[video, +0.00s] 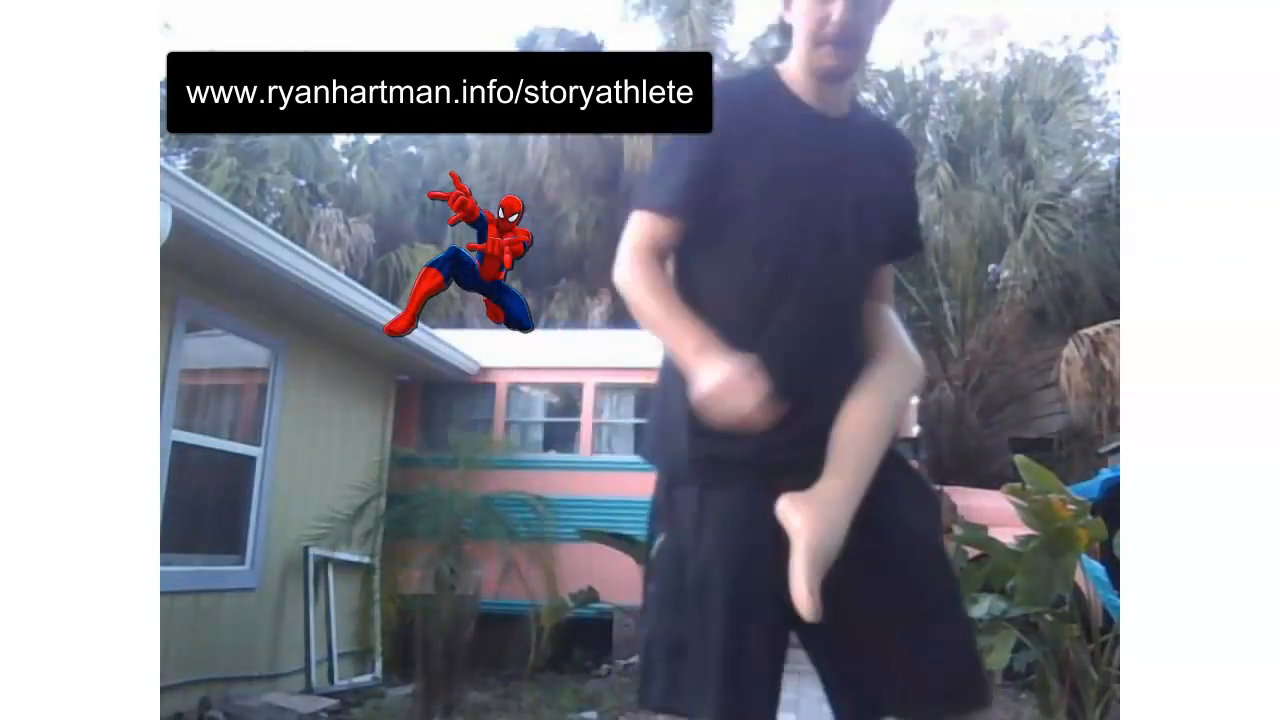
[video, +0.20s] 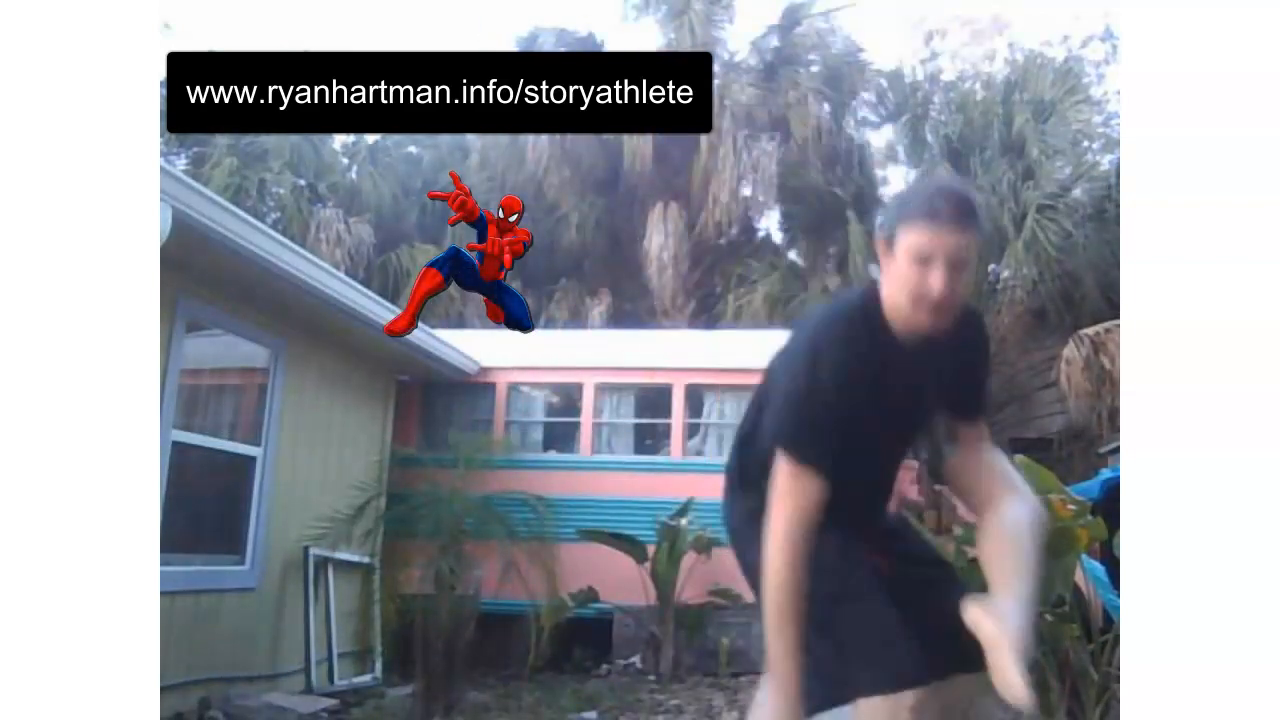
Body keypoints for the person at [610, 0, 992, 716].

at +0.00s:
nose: (837, 18)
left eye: (859, 2)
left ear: (882, 16)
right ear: (788, 9)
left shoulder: (887, 149)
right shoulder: (720, 114)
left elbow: (875, 301)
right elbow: (636, 260)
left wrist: (899, 364)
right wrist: (705, 360)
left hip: (859, 473)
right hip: (724, 478)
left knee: (931, 698)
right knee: (716, 705)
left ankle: (828, 508)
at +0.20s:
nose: (939, 285)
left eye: (957, 265)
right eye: (922, 261)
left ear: (974, 267)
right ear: (884, 253)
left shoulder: (962, 333)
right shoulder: (832, 344)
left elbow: (968, 446)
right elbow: (789, 518)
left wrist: (1011, 503)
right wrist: (782, 691)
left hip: (863, 514)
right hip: (782, 519)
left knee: (964, 650)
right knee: (887, 677)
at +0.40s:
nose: (852, 571)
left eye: (851, 556)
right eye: (848, 555)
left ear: (764, 549)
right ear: (821, 551)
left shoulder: (810, 631)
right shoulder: (741, 644)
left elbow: (916, 669)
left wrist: (1003, 518)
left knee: (947, 699)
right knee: (945, 700)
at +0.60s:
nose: (922, 579)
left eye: (934, 563)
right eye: (903, 558)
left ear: (947, 569)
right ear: (862, 561)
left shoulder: (895, 644)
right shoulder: (851, 649)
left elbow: (960, 695)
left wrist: (1095, 536)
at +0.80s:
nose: (825, 544)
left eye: (834, 527)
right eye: (804, 532)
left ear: (852, 539)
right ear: (776, 553)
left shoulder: (842, 639)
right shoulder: (772, 648)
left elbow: (969, 662)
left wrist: (1050, 536)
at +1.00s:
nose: (763, 538)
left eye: (769, 520)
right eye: (742, 532)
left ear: (790, 528)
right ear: (721, 560)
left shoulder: (793, 626)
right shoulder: (749, 648)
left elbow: (864, 706)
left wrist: (939, 674)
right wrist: (943, 709)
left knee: (951, 675)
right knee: (970, 702)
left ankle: (1062, 590)